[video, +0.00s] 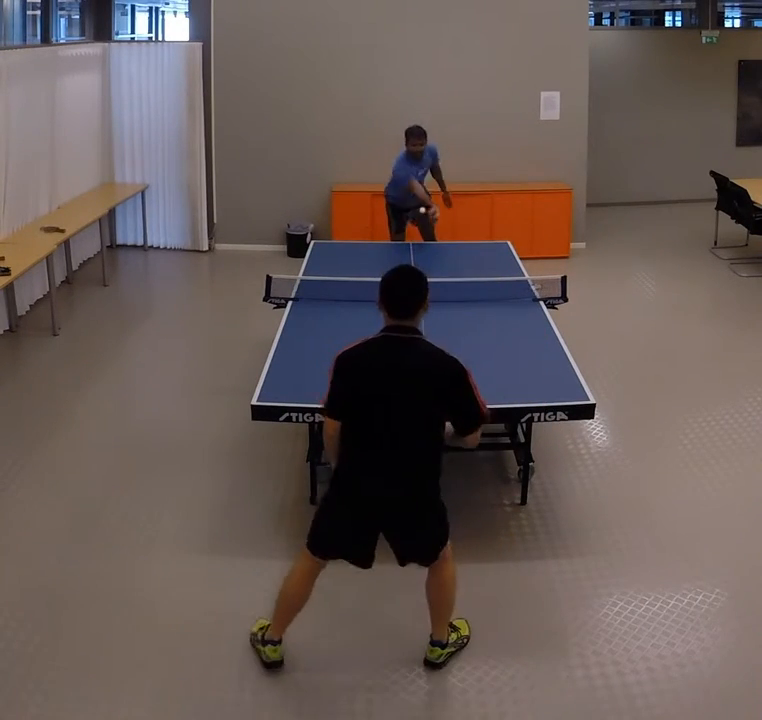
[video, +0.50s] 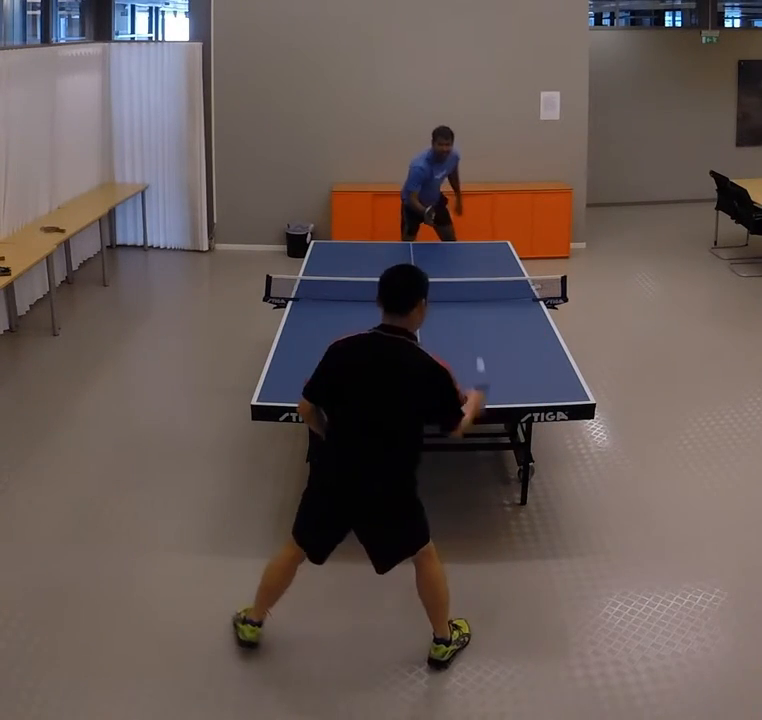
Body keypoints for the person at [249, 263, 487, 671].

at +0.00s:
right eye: (421, 299)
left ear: (380, 304)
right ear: (425, 305)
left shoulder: (350, 360)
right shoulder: (446, 367)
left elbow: (333, 431)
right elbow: (471, 436)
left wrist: (339, 465)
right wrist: (444, 427)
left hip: (354, 487)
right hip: (414, 491)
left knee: (313, 558)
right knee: (440, 556)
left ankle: (272, 640)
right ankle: (440, 640)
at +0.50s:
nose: (426, 308)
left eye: (424, 302)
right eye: (425, 302)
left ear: (379, 303)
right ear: (420, 307)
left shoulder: (343, 350)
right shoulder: (427, 370)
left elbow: (306, 407)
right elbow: (456, 428)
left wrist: (326, 433)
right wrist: (471, 407)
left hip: (334, 480)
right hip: (390, 487)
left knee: (295, 549)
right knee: (424, 555)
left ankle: (252, 621)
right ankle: (443, 638)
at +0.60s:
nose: (427, 318)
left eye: (425, 309)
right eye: (426, 310)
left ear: (381, 310)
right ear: (419, 315)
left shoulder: (344, 354)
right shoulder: (420, 386)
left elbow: (300, 400)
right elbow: (446, 460)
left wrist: (314, 431)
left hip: (322, 483)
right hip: (378, 495)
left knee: (288, 547)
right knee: (423, 555)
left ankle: (249, 624)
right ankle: (440, 640)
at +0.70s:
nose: (409, 320)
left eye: (408, 312)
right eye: (407, 313)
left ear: (364, 317)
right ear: (394, 317)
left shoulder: (331, 361)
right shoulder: (400, 381)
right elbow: (427, 455)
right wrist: (489, 488)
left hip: (315, 487)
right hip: (371, 496)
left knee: (283, 546)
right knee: (426, 553)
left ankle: (247, 626)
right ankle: (441, 641)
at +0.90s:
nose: (317, 327)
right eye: (314, 324)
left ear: (276, 346)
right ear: (313, 333)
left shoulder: (273, 400)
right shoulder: (351, 365)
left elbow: (275, 473)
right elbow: (378, 350)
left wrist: (296, 490)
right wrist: (368, 333)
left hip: (312, 499)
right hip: (370, 493)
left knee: (276, 559)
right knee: (416, 559)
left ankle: (246, 629)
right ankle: (444, 642)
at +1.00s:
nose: (293, 341)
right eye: (291, 337)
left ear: (252, 355)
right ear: (292, 342)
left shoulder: (256, 414)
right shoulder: (318, 366)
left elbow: (279, 469)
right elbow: (276, 385)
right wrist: (223, 397)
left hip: (314, 498)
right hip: (367, 482)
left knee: (277, 560)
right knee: (416, 555)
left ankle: (246, 629)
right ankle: (448, 639)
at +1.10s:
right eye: (277, 331)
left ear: (243, 348)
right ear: (282, 337)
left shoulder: (245, 403)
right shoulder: (310, 367)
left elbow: (267, 467)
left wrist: (289, 483)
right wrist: (233, 439)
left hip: (306, 495)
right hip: (358, 482)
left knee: (270, 556)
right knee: (412, 555)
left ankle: (246, 629)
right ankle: (451, 638)